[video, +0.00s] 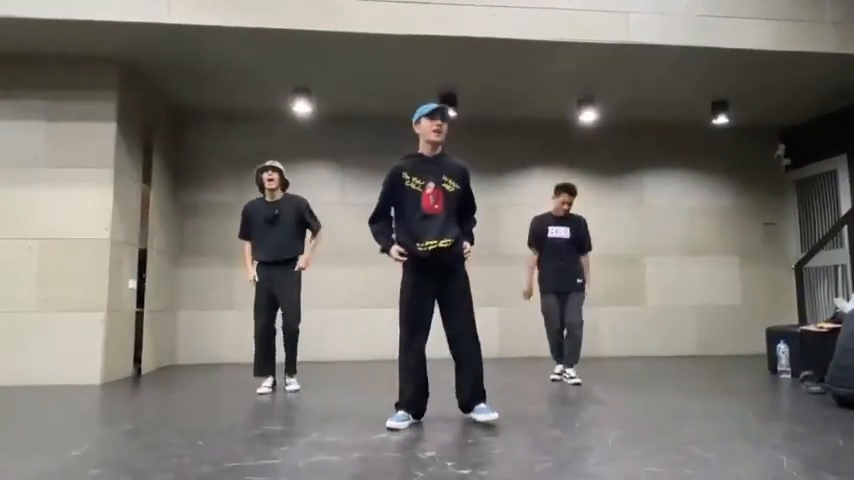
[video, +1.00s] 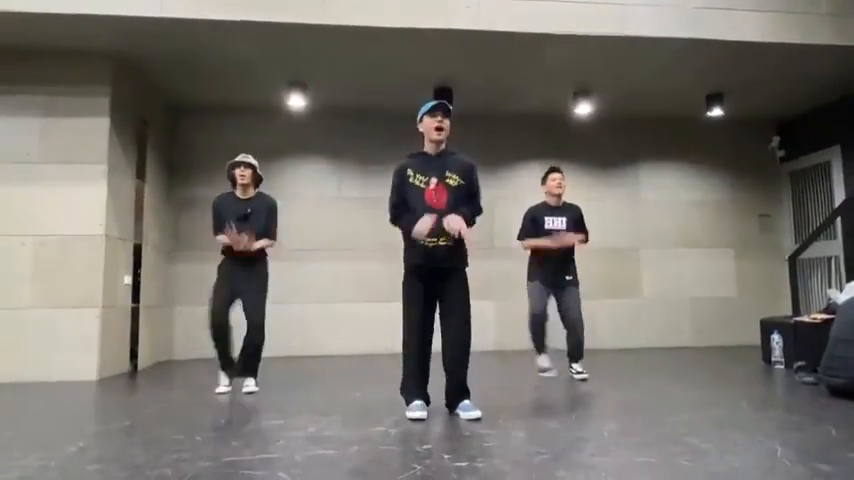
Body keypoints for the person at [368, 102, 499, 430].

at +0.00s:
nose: (438, 124)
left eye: (442, 119)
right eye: (431, 119)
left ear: (447, 128)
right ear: (416, 126)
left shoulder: (458, 170)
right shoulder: (401, 171)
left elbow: (468, 213)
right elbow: (379, 217)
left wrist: (467, 237)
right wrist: (389, 244)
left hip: (452, 265)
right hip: (416, 266)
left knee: (465, 335)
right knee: (412, 339)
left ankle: (474, 403)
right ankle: (409, 409)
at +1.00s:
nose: (439, 123)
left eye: (443, 119)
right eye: (433, 118)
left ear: (449, 126)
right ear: (420, 125)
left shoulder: (464, 167)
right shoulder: (406, 169)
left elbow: (473, 208)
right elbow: (396, 212)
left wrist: (459, 219)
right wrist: (415, 223)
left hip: (453, 265)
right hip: (418, 266)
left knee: (458, 333)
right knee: (417, 333)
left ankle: (459, 398)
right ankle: (416, 397)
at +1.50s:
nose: (442, 128)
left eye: (446, 124)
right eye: (436, 124)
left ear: (453, 127)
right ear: (426, 128)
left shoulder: (468, 166)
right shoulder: (412, 167)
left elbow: (484, 206)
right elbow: (400, 211)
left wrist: (464, 207)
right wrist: (422, 190)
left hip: (456, 258)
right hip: (421, 259)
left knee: (457, 325)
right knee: (426, 325)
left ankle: (457, 393)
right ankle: (430, 391)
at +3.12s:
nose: (426, 116)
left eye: (429, 111)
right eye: (419, 111)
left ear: (432, 119)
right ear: (403, 118)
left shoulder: (436, 162)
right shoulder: (392, 154)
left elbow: (443, 205)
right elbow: (400, 180)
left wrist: (444, 235)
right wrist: (450, 179)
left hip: (432, 252)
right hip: (399, 252)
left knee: (447, 322)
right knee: (389, 322)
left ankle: (455, 388)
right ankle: (375, 389)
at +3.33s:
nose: (408, 124)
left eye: (413, 120)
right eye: (402, 120)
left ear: (420, 127)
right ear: (392, 127)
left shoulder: (434, 169)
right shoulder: (378, 167)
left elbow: (441, 216)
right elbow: (369, 215)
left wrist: (427, 250)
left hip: (421, 263)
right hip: (382, 264)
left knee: (437, 325)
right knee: (379, 329)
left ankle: (458, 388)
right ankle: (377, 390)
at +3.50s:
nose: (399, 119)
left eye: (406, 114)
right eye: (395, 115)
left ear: (419, 120)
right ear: (390, 123)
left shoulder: (435, 155)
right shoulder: (385, 165)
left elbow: (446, 198)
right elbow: (367, 199)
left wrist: (424, 238)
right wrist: (360, 220)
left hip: (427, 253)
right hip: (391, 256)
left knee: (444, 319)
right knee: (379, 321)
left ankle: (470, 385)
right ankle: (377, 390)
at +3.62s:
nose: (405, 118)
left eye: (411, 112)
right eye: (401, 113)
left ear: (426, 117)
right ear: (398, 120)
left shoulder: (440, 146)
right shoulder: (400, 158)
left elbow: (453, 193)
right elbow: (390, 195)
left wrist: (434, 232)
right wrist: (367, 205)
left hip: (440, 248)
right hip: (406, 249)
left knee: (454, 316)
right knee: (393, 316)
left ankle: (473, 385)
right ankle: (379, 388)